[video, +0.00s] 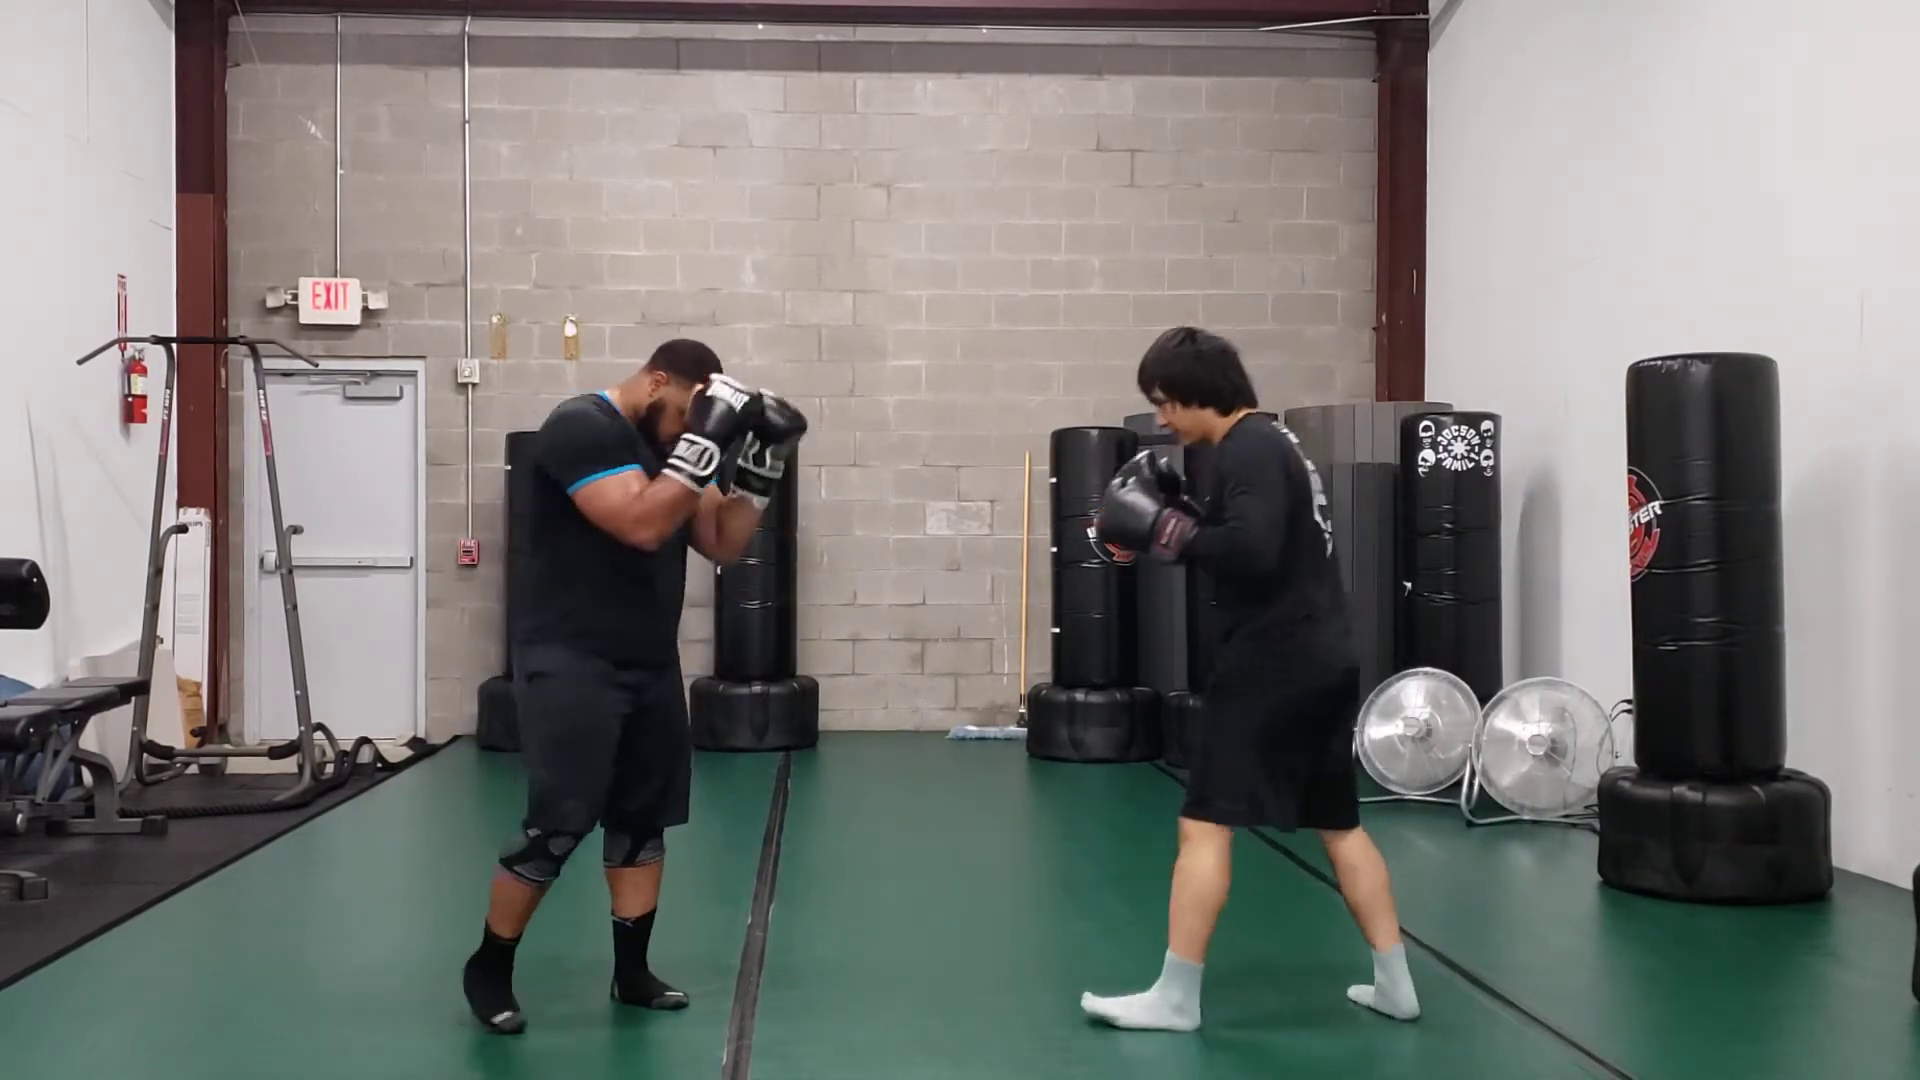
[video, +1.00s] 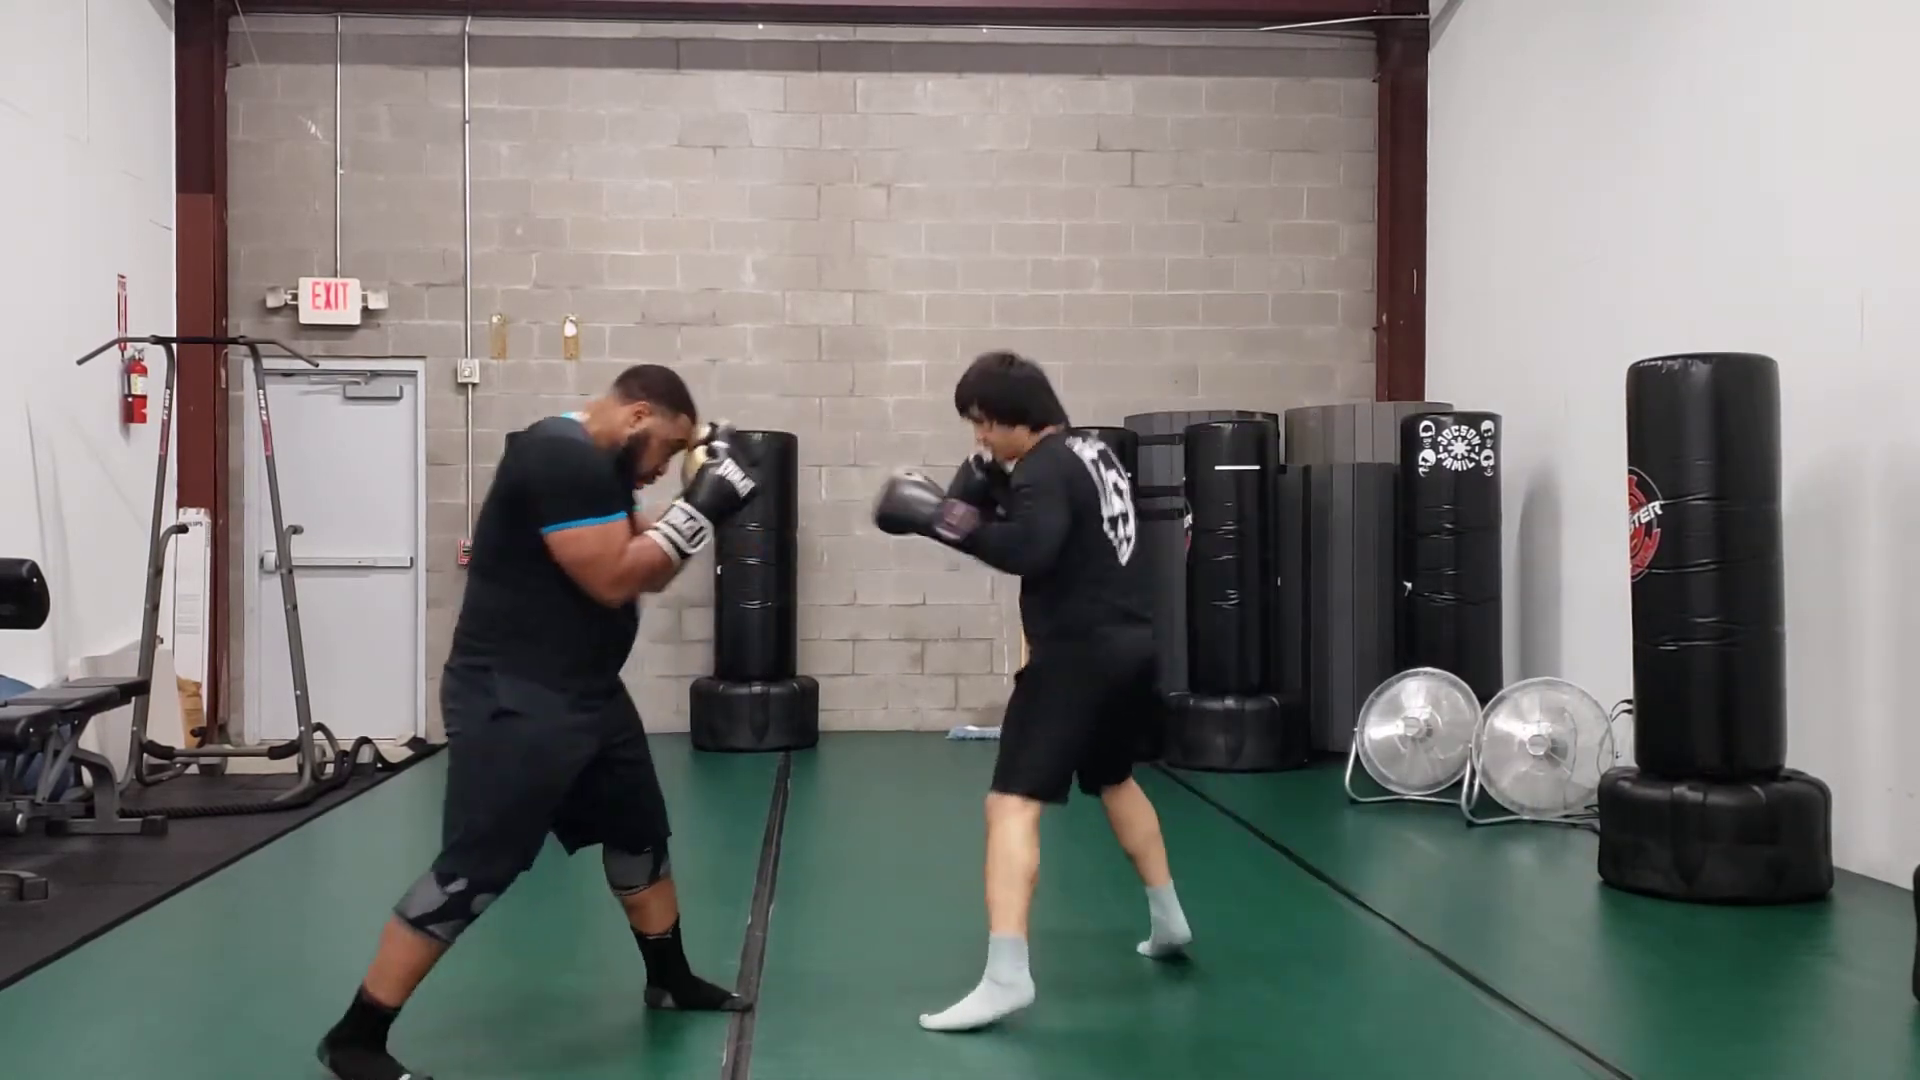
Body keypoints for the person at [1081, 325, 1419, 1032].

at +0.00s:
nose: (1161, 419)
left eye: (1165, 404)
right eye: (1157, 406)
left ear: (1200, 395)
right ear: (1224, 391)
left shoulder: (1247, 451)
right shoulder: (1269, 442)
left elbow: (1254, 548)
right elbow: (1242, 540)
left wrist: (1168, 532)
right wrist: (1161, 524)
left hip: (1266, 671)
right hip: (1324, 668)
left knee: (1204, 822)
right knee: (1340, 821)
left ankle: (1176, 995)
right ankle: (1396, 983)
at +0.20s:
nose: (1107, 454)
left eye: (1110, 440)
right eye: (1102, 442)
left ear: (1144, 425)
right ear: (1160, 419)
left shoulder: (1184, 470)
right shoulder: (1225, 448)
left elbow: (1186, 572)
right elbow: (1221, 548)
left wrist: (1107, 560)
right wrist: (1138, 519)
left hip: (1233, 665)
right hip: (1282, 661)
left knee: (1156, 818)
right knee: (1251, 796)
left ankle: (1170, 998)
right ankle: (1348, 933)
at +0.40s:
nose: (1095, 456)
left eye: (1100, 442)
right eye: (1092, 444)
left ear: (1136, 435)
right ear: (1156, 429)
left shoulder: (1173, 476)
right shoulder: (1204, 461)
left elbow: (1162, 571)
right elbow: (1191, 559)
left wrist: (1085, 558)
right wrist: (1114, 521)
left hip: (1210, 674)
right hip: (1253, 672)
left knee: (1087, 799)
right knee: (1225, 810)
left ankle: (1150, 964)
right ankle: (1298, 960)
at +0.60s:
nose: (1044, 450)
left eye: (1047, 435)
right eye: (1040, 437)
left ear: (1081, 427)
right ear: (1108, 420)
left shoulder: (1103, 469)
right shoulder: (1167, 461)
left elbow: (1031, 533)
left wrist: (959, 493)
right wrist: (997, 500)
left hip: (1144, 670)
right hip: (1201, 668)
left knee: (1033, 803)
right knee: (1207, 812)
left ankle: (1009, 980)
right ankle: (1291, 955)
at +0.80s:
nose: (974, 479)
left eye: (978, 466)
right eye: (974, 466)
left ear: (1006, 463)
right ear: (1038, 455)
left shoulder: (1016, 507)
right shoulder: (1108, 487)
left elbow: (915, 516)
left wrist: (848, 454)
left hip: (1087, 693)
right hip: (1161, 688)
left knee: (977, 826)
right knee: (1138, 790)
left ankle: (1005, 998)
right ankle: (1189, 932)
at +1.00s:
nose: (978, 441)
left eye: (980, 428)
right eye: (974, 429)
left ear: (1008, 420)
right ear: (1037, 411)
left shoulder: (1043, 468)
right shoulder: (1092, 449)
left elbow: (1030, 551)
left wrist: (952, 523)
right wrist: (985, 494)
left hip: (1071, 655)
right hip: (1127, 648)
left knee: (1011, 802)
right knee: (1113, 776)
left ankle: (1006, 974)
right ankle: (1169, 917)